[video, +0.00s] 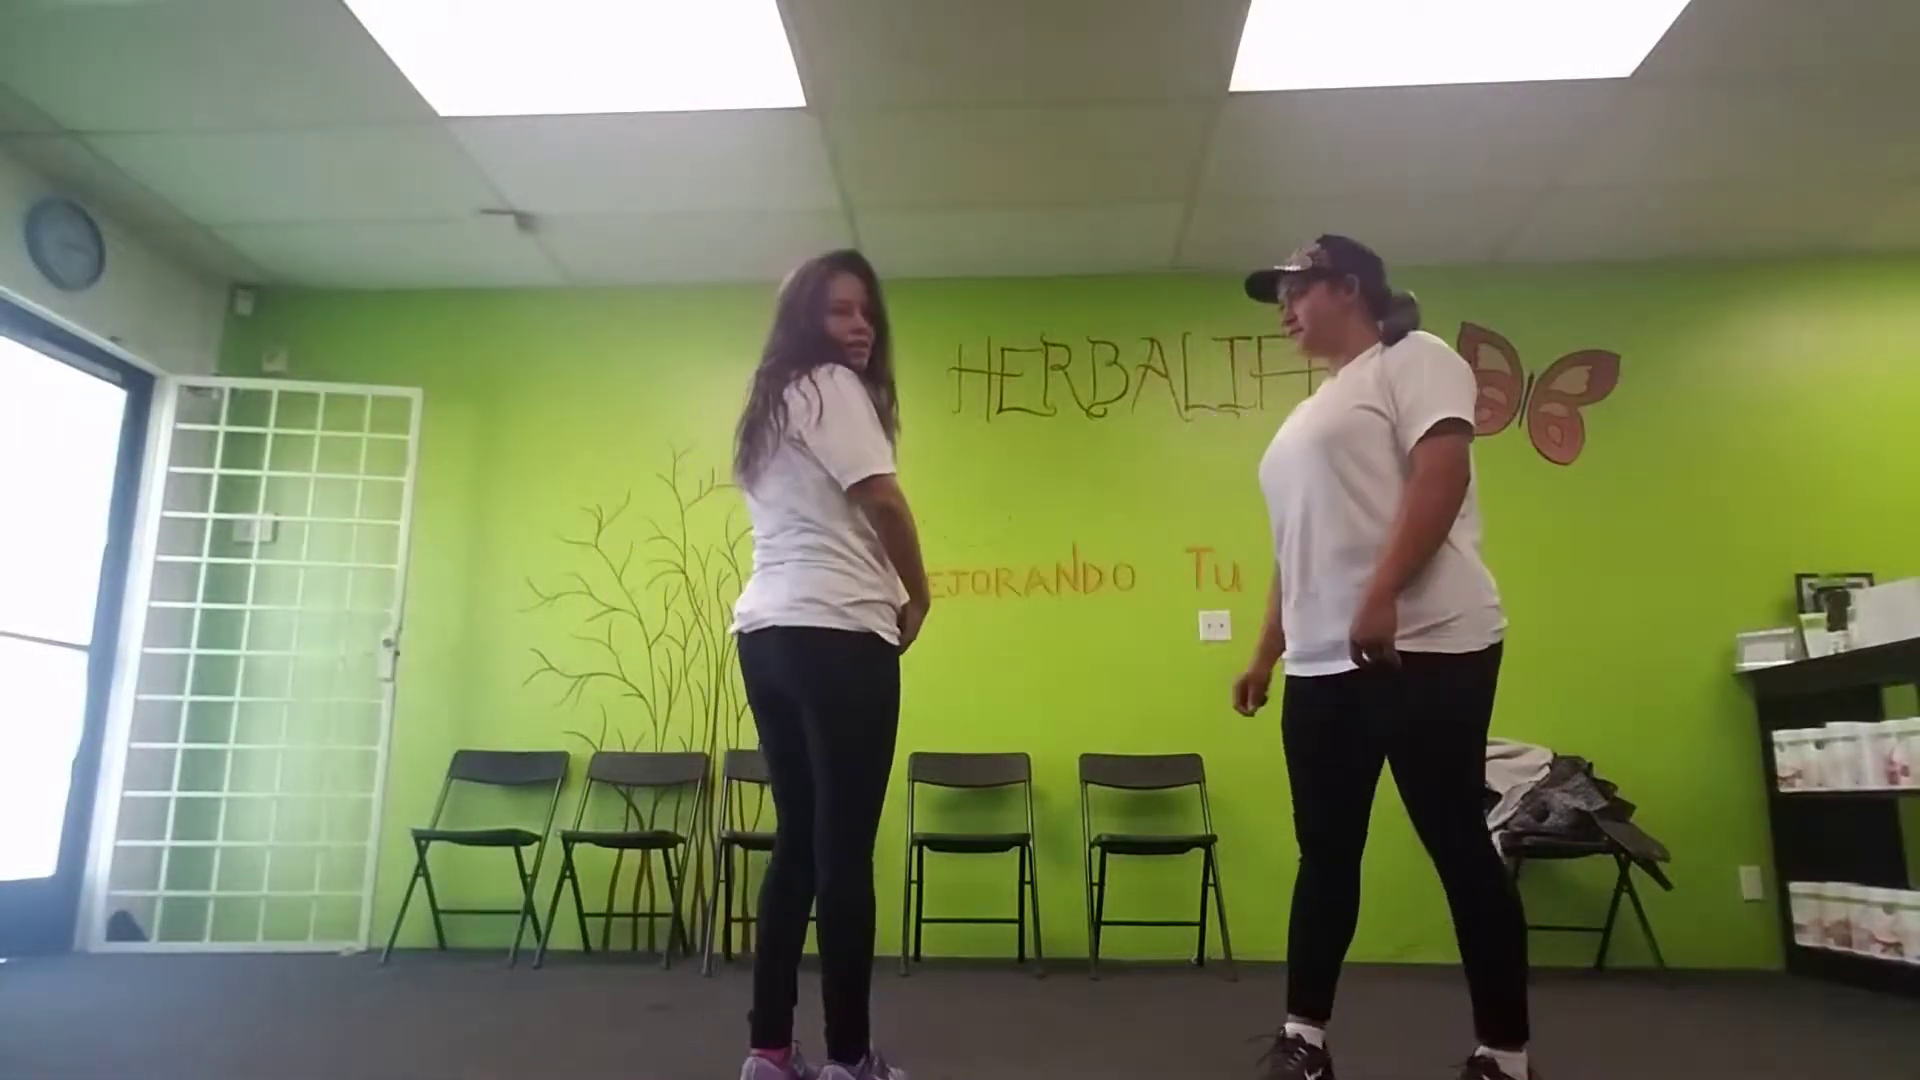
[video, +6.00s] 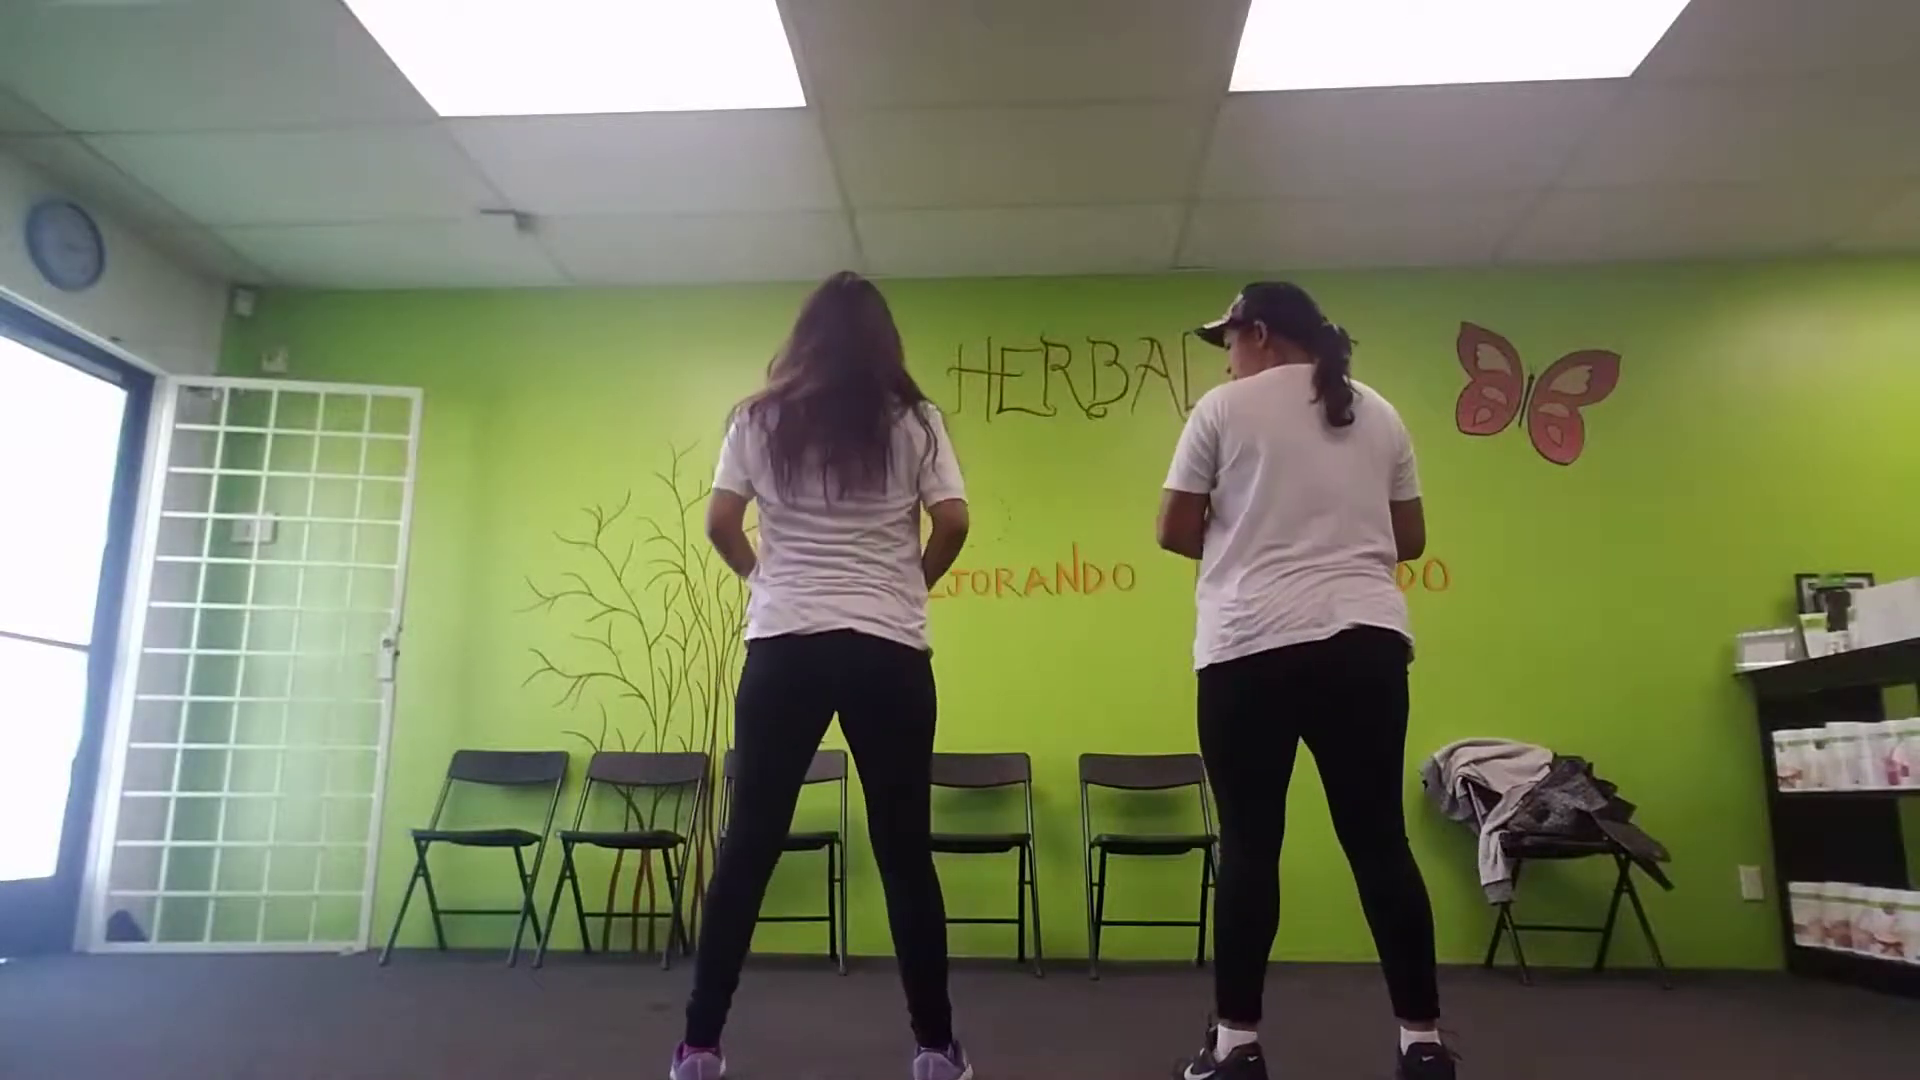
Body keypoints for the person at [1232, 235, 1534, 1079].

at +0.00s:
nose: (1284, 308)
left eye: (1298, 289)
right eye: (1282, 296)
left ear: (1349, 287)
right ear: (1321, 299)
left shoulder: (1416, 356)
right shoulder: (1312, 411)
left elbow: (1444, 466)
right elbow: (1300, 548)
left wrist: (1384, 590)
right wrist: (1265, 651)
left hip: (1431, 651)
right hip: (1323, 671)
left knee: (1461, 848)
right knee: (1325, 857)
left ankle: (1503, 1055)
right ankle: (1303, 1040)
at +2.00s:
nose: (1303, 324)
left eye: (1316, 308)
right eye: (1305, 309)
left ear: (1362, 312)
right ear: (1374, 320)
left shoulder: (1349, 374)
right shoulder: (1412, 389)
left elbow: (1319, 496)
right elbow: (1399, 516)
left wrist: (1256, 606)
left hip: (1373, 647)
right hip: (1419, 637)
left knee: (1403, 842)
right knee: (1396, 839)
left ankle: (1492, 1052)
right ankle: (1410, 1040)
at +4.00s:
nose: (1238, 336)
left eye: (1242, 322)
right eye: (1239, 322)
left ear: (1273, 319)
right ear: (1322, 316)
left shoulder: (1240, 404)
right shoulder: (1398, 400)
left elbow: (1197, 497)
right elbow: (1384, 491)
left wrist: (1264, 437)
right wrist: (1286, 458)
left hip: (1274, 646)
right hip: (1395, 639)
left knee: (1245, 844)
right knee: (1394, 841)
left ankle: (1239, 1045)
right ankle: (1425, 1047)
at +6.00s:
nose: (1225, 358)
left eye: (1229, 343)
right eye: (1225, 345)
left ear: (1259, 338)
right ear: (1303, 337)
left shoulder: (1221, 408)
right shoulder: (1376, 411)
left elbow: (1178, 529)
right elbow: (1408, 538)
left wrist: (1256, 542)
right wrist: (1325, 540)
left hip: (1247, 654)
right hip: (1364, 646)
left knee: (1248, 847)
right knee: (1380, 840)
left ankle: (1236, 1046)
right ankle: (1422, 1039)